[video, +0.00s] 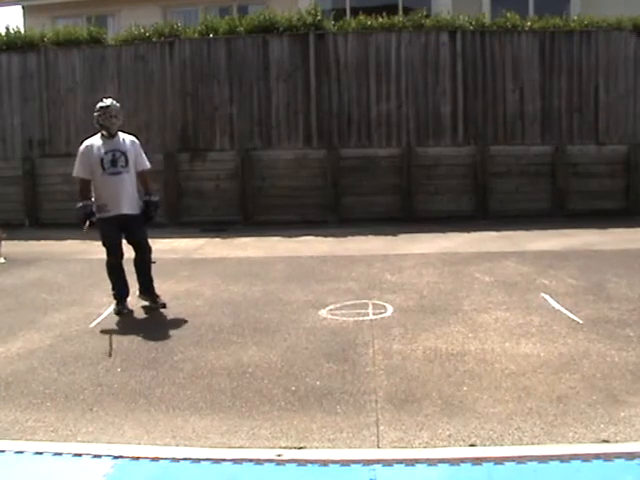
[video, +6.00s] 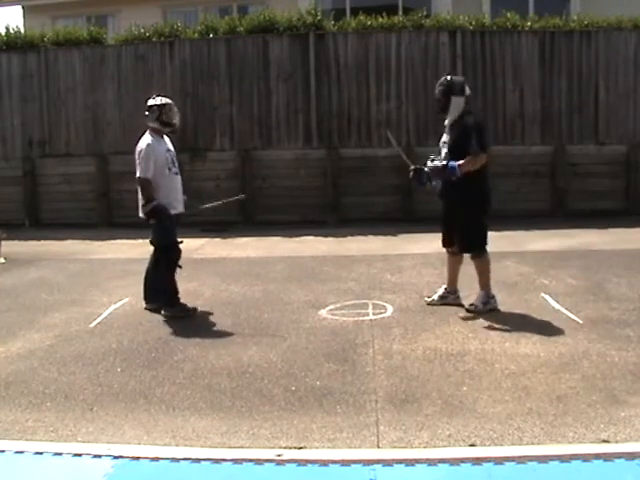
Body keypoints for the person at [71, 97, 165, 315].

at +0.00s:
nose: (113, 120)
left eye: (116, 116)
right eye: (107, 116)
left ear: (121, 118)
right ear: (98, 119)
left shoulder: (131, 142)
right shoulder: (89, 148)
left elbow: (143, 173)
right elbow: (84, 181)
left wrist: (150, 197)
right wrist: (87, 209)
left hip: (132, 209)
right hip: (106, 213)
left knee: (143, 251)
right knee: (114, 257)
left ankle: (147, 290)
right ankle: (120, 298)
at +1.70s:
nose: (138, 138)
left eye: (141, 134)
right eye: (134, 134)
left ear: (145, 132)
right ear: (126, 131)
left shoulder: (148, 144)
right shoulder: (109, 147)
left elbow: (155, 172)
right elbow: (101, 178)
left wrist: (157, 195)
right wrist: (108, 195)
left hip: (141, 207)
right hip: (120, 208)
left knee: (137, 250)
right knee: (122, 251)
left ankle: (134, 287)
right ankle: (120, 293)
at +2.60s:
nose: (135, 122)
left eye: (136, 118)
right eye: (130, 118)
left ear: (137, 120)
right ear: (118, 121)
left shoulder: (138, 143)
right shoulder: (107, 148)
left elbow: (153, 166)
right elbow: (110, 178)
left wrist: (167, 167)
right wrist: (138, 185)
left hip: (139, 209)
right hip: (121, 210)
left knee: (138, 251)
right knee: (130, 253)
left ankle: (135, 290)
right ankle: (130, 299)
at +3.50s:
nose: (154, 118)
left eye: (153, 114)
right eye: (149, 114)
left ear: (142, 117)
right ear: (136, 116)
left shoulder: (144, 140)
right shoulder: (123, 145)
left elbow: (145, 172)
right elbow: (120, 178)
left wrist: (157, 191)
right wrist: (133, 204)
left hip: (152, 208)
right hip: (136, 210)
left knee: (153, 252)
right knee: (139, 253)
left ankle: (151, 294)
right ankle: (132, 298)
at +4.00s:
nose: (159, 115)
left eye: (159, 111)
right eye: (154, 112)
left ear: (154, 115)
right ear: (142, 116)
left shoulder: (155, 138)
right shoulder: (132, 144)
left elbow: (158, 167)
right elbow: (134, 175)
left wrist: (171, 179)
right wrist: (159, 186)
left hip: (160, 207)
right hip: (145, 209)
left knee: (158, 251)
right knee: (151, 252)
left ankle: (154, 295)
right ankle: (145, 300)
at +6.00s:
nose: (173, 117)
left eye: (173, 112)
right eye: (168, 112)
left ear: (165, 116)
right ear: (157, 115)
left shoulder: (164, 140)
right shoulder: (147, 145)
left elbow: (166, 173)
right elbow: (143, 179)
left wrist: (177, 197)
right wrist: (152, 204)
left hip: (171, 206)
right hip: (160, 207)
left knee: (163, 252)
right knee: (169, 252)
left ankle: (154, 297)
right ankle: (170, 301)